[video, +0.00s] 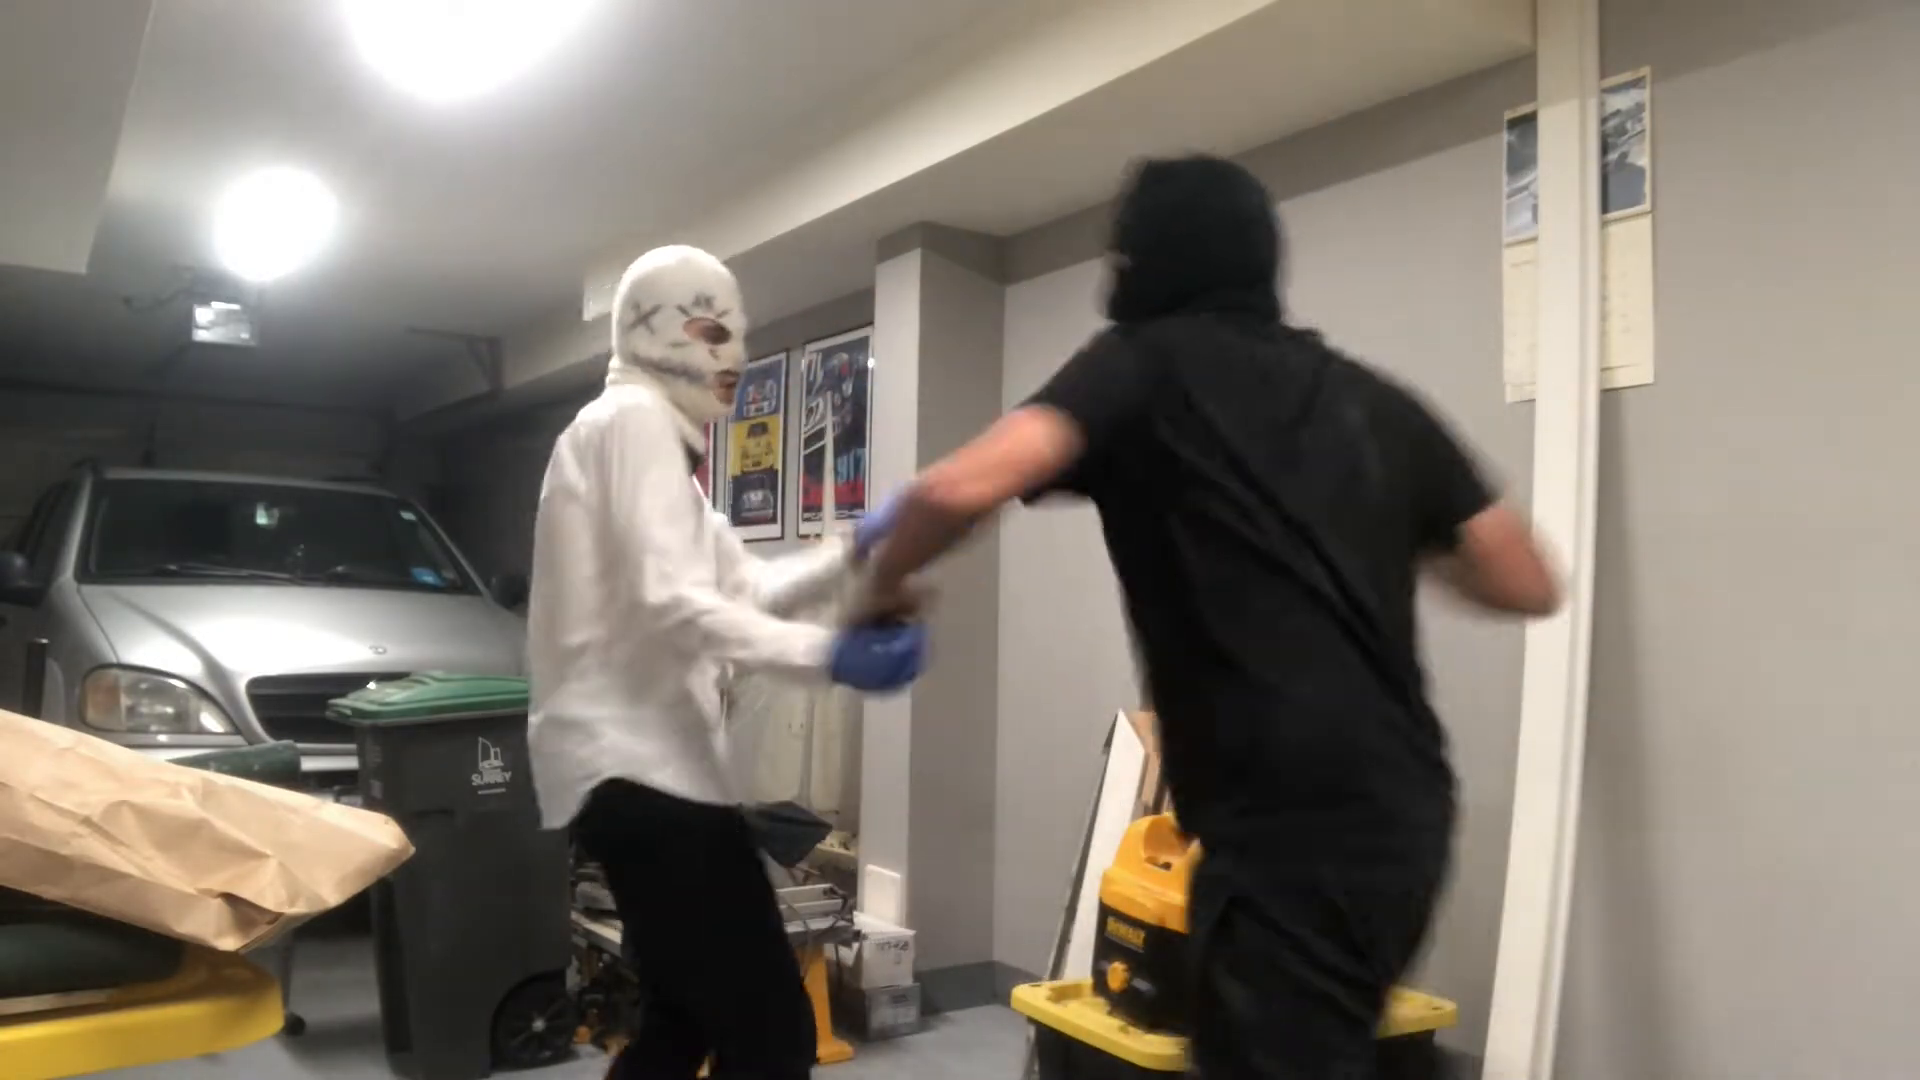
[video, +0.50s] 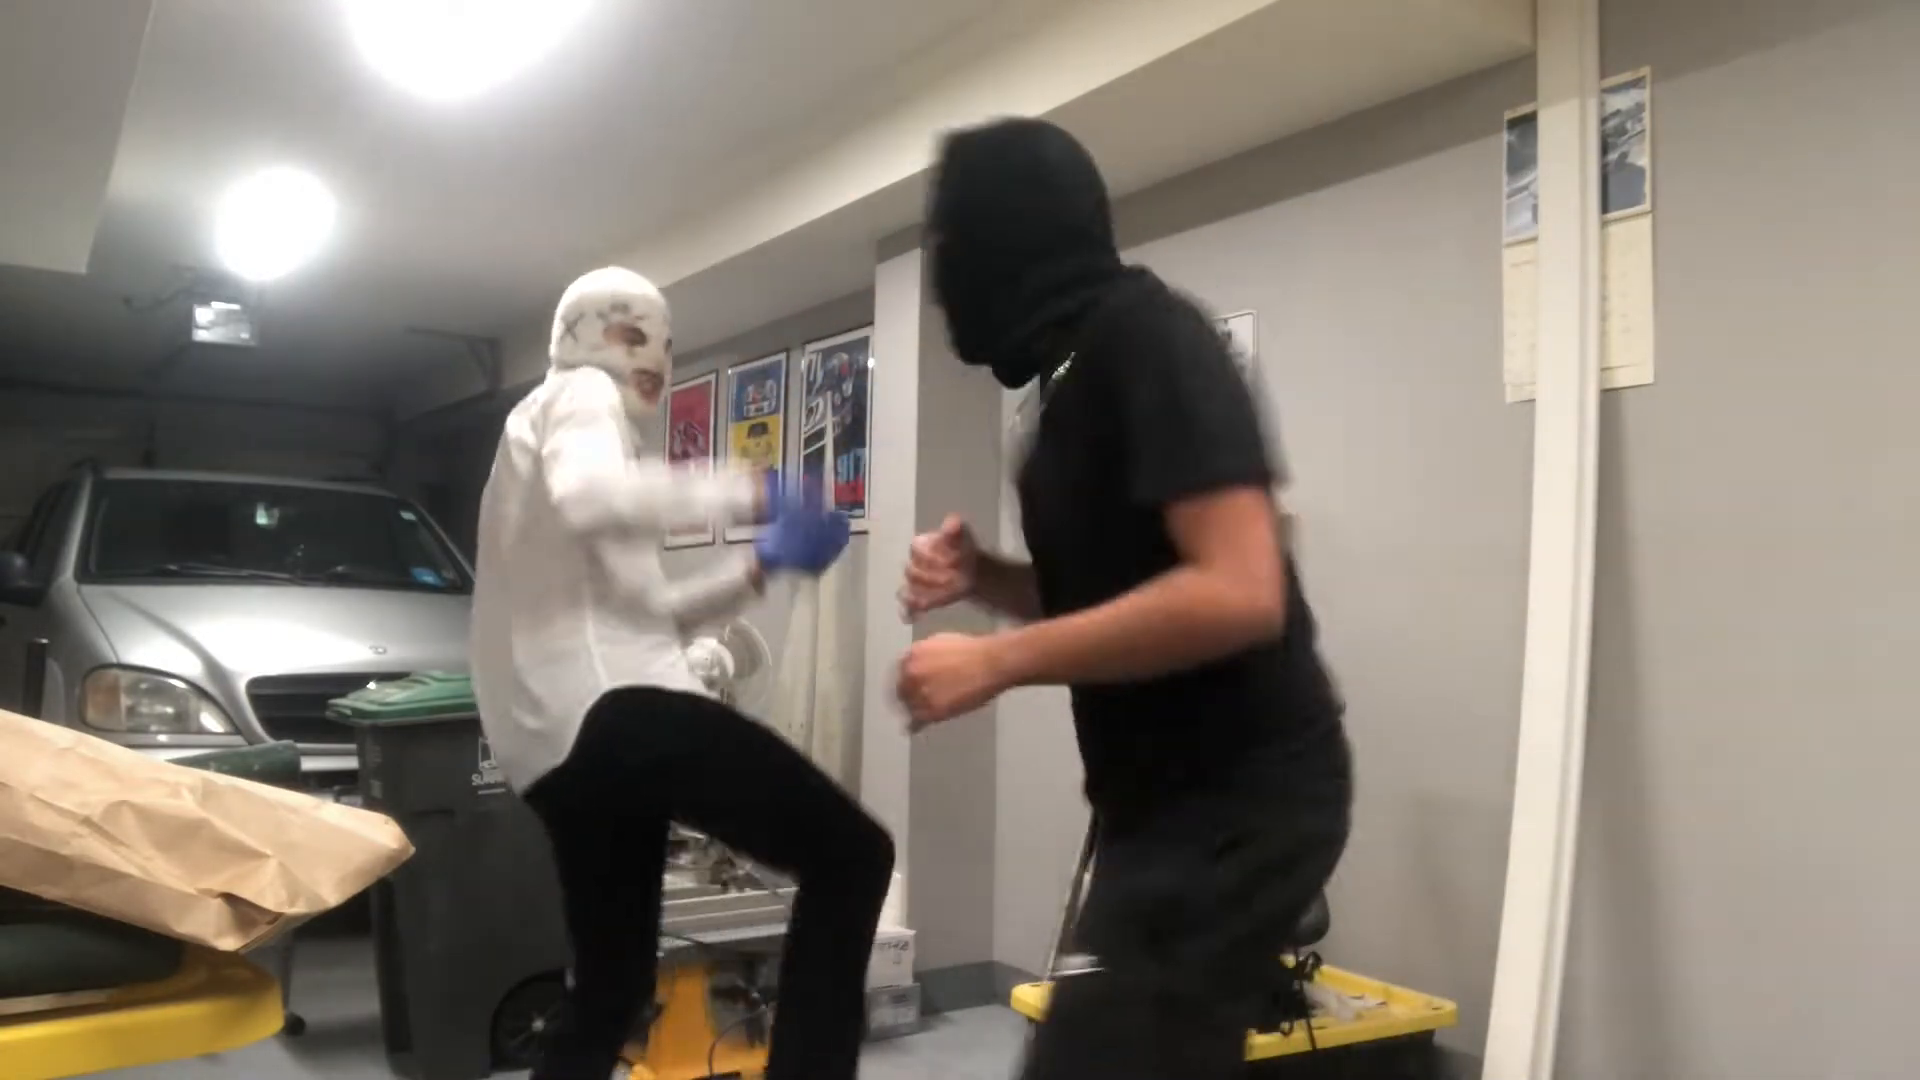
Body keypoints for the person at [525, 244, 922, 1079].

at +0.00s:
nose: (732, 357)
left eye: (734, 336)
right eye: (715, 333)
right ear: (663, 331)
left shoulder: (650, 444)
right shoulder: (630, 421)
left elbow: (747, 595)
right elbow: (670, 600)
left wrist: (855, 552)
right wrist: (829, 651)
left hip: (646, 768)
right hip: (642, 770)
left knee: (680, 1020)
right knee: (770, 1029)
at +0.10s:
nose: (710, 349)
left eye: (715, 332)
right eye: (691, 328)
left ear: (716, 335)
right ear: (639, 328)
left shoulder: (630, 424)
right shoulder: (623, 410)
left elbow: (752, 538)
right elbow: (670, 588)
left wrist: (865, 468)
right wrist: (806, 662)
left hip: (625, 755)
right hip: (661, 749)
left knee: (680, 988)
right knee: (780, 1006)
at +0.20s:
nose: (683, 367)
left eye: (689, 349)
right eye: (665, 346)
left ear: (698, 354)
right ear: (616, 346)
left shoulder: (622, 445)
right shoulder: (598, 426)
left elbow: (734, 559)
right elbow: (641, 599)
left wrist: (845, 490)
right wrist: (806, 637)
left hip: (639, 749)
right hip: (653, 749)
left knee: (678, 986)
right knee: (793, 998)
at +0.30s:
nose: (664, 392)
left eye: (669, 375)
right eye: (639, 371)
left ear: (673, 375)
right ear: (588, 369)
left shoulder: (593, 458)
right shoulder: (573, 438)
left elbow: (691, 575)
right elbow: (630, 596)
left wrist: (799, 522)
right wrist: (786, 582)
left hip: (615, 769)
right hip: (634, 763)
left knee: (672, 999)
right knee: (818, 976)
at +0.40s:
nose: (651, 381)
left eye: (658, 366)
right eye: (628, 359)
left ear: (665, 371)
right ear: (580, 361)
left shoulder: (542, 443)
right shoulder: (573, 421)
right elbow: (609, 572)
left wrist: (769, 591)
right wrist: (776, 575)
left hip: (563, 758)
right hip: (616, 738)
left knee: (640, 973)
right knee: (839, 906)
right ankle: (825, 1067)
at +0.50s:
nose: (654, 359)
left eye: (663, 345)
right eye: (630, 334)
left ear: (670, 354)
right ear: (581, 336)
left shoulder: (556, 438)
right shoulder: (578, 391)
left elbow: (649, 609)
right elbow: (586, 496)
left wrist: (761, 561)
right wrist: (755, 491)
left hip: (556, 737)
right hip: (615, 705)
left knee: (609, 993)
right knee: (851, 852)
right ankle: (809, 1068)